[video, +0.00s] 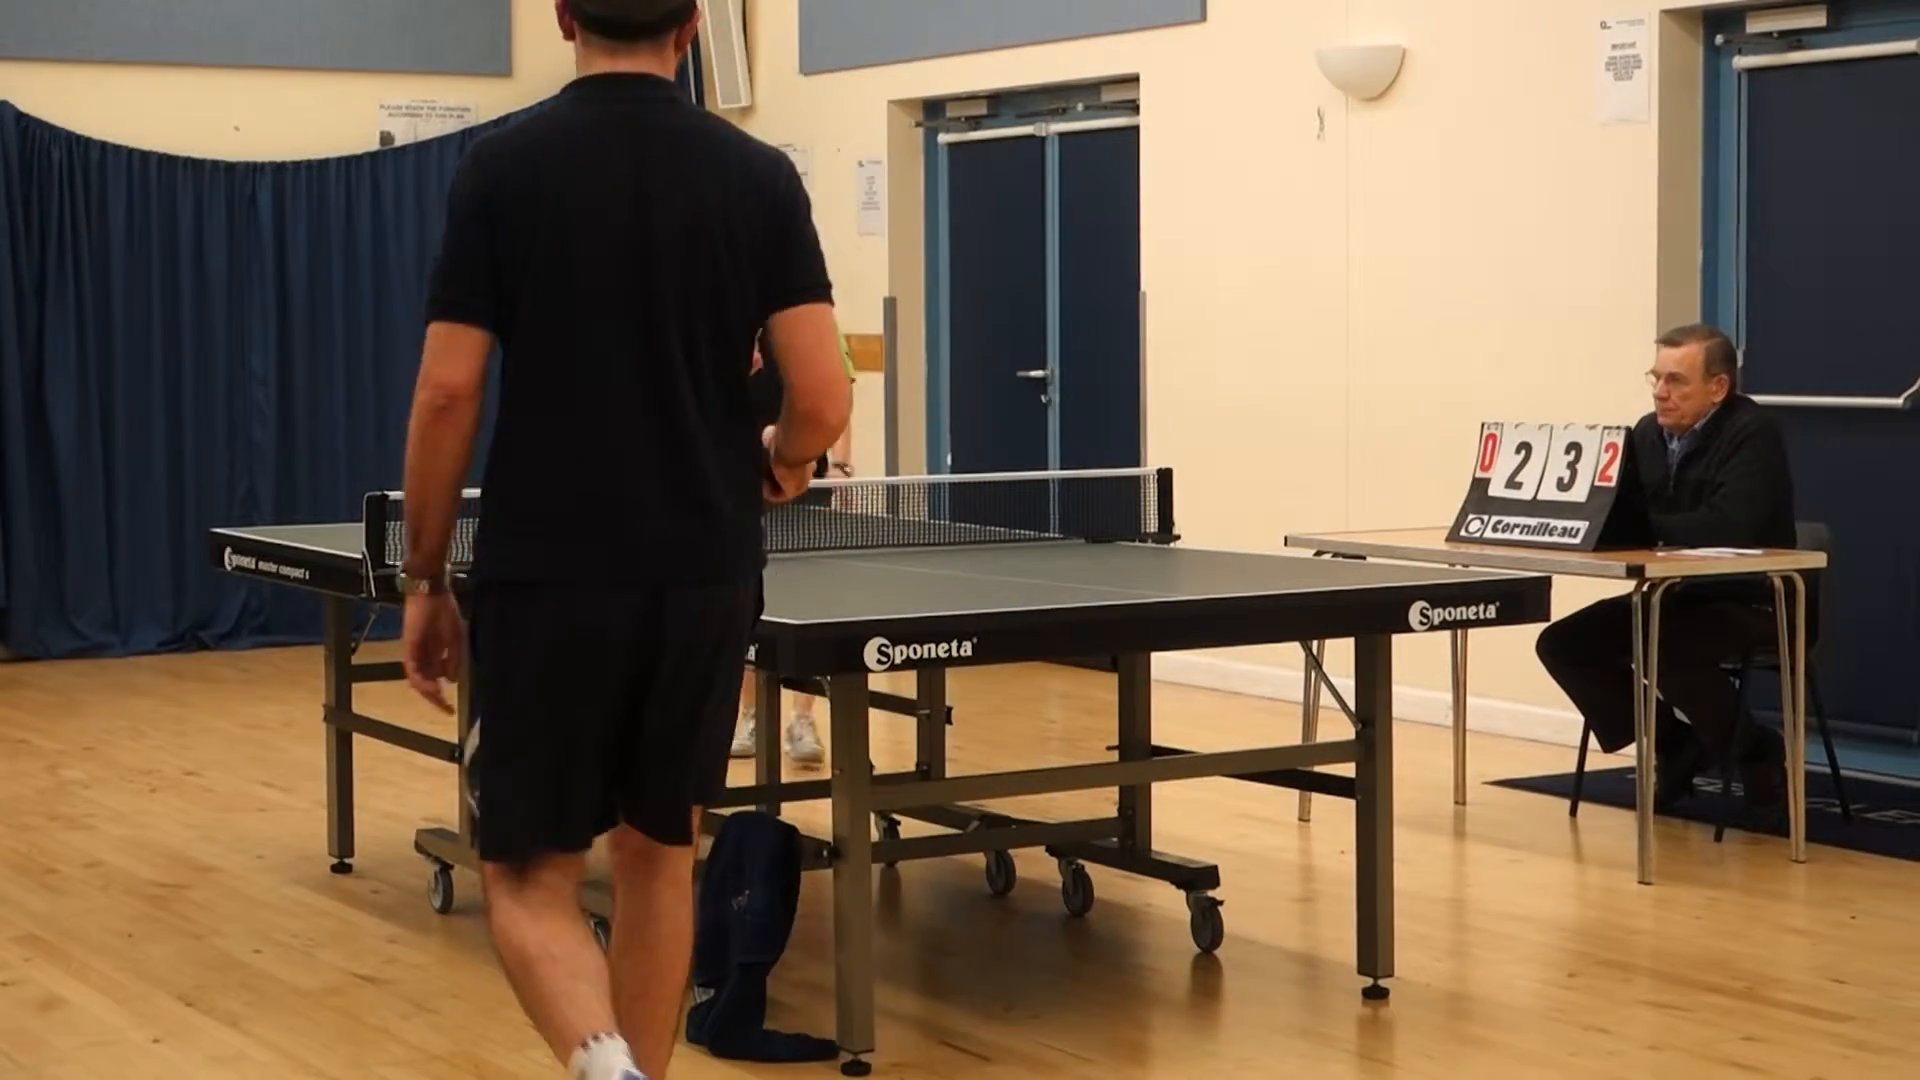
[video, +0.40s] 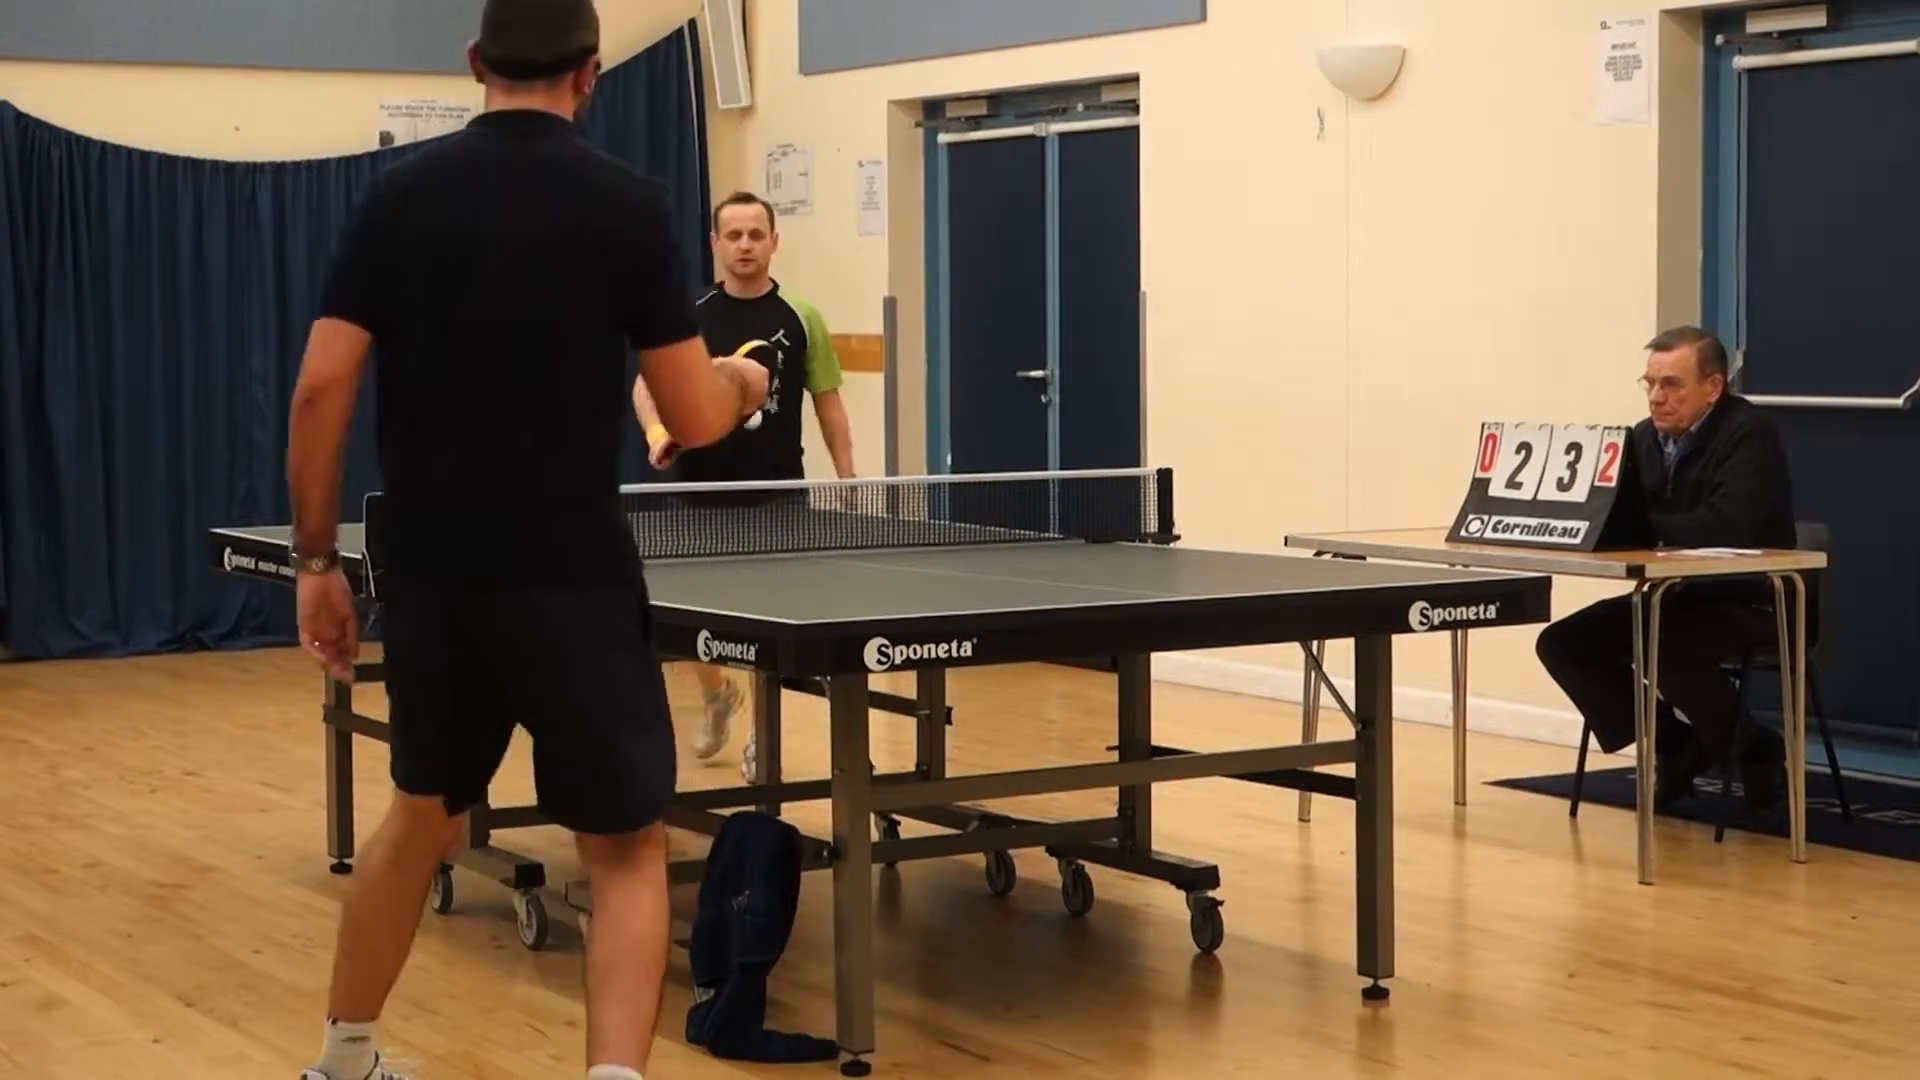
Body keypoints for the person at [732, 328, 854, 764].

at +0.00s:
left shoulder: (813, 320)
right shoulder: (725, 320)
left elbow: (837, 389)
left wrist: (840, 461)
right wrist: (734, 453)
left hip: (806, 476)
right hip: (742, 474)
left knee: (808, 600)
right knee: (745, 604)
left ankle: (802, 719)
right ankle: (749, 713)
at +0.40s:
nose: (745, 245)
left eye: (756, 234)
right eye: (733, 235)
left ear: (773, 242)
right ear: (715, 243)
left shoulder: (801, 316)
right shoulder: (688, 315)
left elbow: (827, 398)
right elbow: (644, 381)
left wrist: (846, 476)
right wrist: (654, 429)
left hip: (775, 496)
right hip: (697, 497)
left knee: (768, 617)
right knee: (674, 613)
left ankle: (763, 733)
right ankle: (714, 691)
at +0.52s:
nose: (730, 246)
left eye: (740, 235)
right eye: (718, 236)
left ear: (759, 241)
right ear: (701, 244)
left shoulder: (789, 315)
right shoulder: (679, 315)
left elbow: (818, 393)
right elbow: (652, 381)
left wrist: (805, 454)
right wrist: (658, 426)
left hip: (763, 492)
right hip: (687, 490)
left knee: (771, 618)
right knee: (647, 613)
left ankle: (763, 740)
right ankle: (648, 731)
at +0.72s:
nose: (693, 265)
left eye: (702, 253)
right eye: (680, 255)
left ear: (721, 256)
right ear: (662, 263)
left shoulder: (759, 328)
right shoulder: (641, 335)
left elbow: (793, 404)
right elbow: (620, 414)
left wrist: (778, 455)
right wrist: (674, 432)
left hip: (741, 512)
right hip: (661, 511)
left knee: (764, 630)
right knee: (623, 632)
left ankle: (759, 748)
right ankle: (573, 738)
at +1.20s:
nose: (679, 312)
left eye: (689, 298)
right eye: (665, 302)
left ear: (706, 297)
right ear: (647, 307)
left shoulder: (741, 349)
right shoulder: (633, 361)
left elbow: (801, 407)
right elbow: (597, 453)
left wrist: (780, 475)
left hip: (744, 510)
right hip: (667, 516)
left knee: (795, 624)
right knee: (627, 629)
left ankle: (836, 747)